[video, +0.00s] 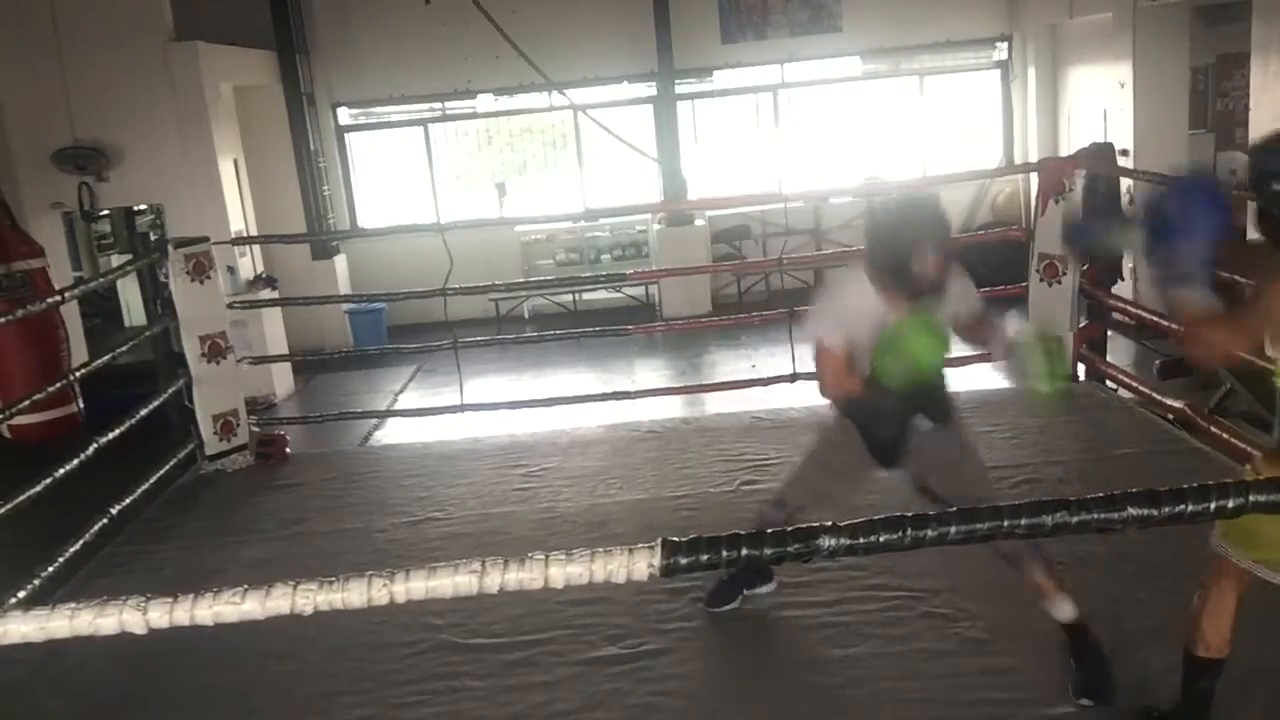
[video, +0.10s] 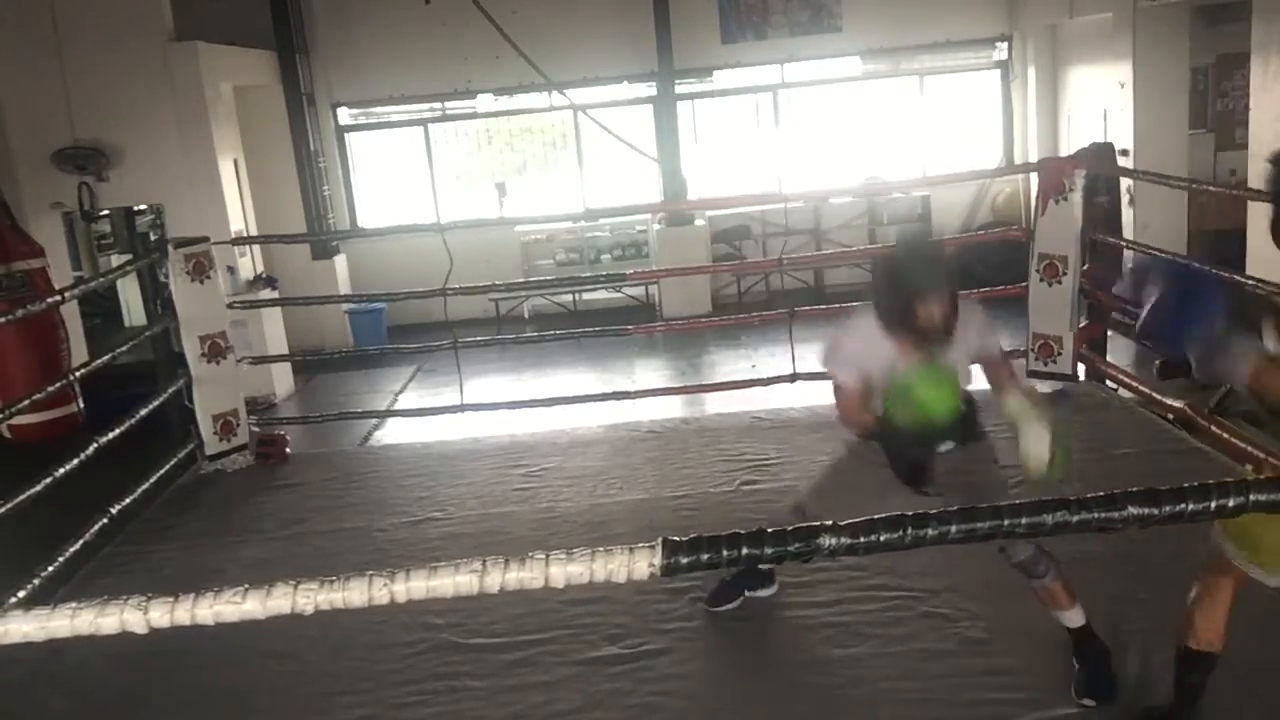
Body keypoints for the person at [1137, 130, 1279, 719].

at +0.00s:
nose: (1255, 193)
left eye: (1259, 184)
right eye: (1258, 181)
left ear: (1263, 195)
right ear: (1263, 192)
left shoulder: (1269, 267)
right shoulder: (1263, 264)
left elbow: (1219, 344)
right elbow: (1221, 342)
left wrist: (1182, 269)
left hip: (1264, 460)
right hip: (1257, 456)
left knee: (1224, 578)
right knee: (1224, 578)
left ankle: (1192, 707)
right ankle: (1193, 705)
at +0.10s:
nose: (1270, 222)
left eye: (1272, 207)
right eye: (1269, 207)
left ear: (1274, 216)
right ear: (1266, 215)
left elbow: (1270, 389)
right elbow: (1265, 381)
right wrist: (1223, 344)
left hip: (1267, 481)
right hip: (1263, 475)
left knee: (1219, 577)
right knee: (1219, 577)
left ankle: (1184, 705)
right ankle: (1185, 703)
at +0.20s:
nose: (1269, 222)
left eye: (1272, 208)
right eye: (1270, 207)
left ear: (1275, 224)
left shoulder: (1274, 307)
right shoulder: (1269, 305)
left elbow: (1209, 376)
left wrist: (1088, 398)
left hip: (1272, 496)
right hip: (1269, 494)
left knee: (1235, 586)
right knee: (1233, 587)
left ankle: (1165, 704)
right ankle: (1166, 702)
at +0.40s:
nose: (1206, 225)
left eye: (1214, 214)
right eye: (1209, 213)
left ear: (1232, 219)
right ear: (1269, 216)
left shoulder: (1208, 299)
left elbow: (1145, 396)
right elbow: (1149, 394)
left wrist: (1189, 415)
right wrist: (1188, 415)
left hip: (1255, 503)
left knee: (1201, 604)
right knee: (1201, 604)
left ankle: (1149, 707)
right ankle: (1151, 705)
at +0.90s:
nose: (1229, 204)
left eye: (1237, 190)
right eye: (1237, 188)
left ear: (1254, 202)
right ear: (1271, 205)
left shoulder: (1255, 288)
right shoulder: (1254, 285)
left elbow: (1185, 410)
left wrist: (1155, 385)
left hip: (1263, 538)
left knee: (1170, 667)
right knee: (1171, 664)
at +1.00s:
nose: (1190, 214)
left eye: (1200, 197)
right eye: (1196, 195)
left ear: (1225, 207)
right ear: (1264, 205)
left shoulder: (1214, 303)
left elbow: (1092, 406)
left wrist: (1088, 322)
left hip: (1245, 551)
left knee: (1137, 687)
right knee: (1139, 684)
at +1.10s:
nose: (1146, 231)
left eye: (1155, 215)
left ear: (1172, 222)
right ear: (1241, 209)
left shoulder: (1155, 314)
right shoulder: (1273, 282)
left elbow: (1034, 393)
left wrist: (1043, 284)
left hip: (1187, 562)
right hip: (1274, 563)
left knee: (1114, 701)